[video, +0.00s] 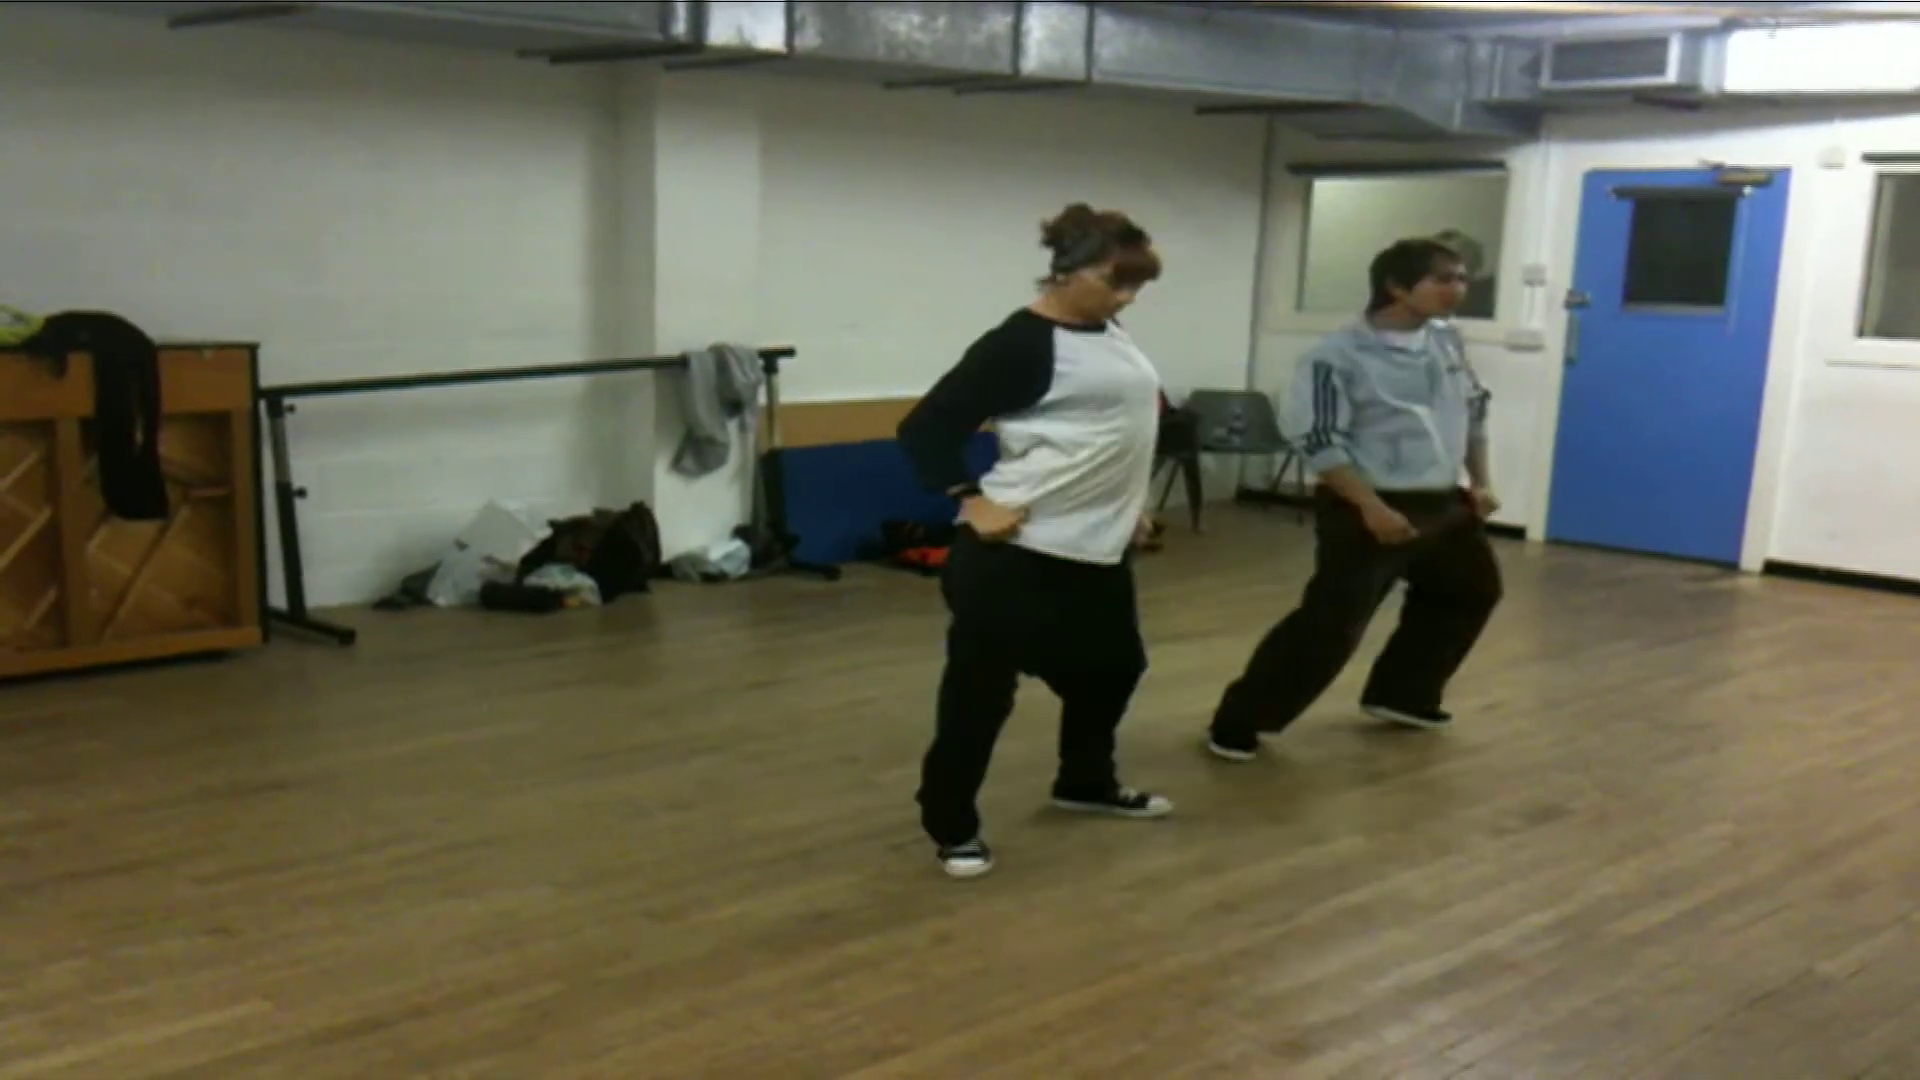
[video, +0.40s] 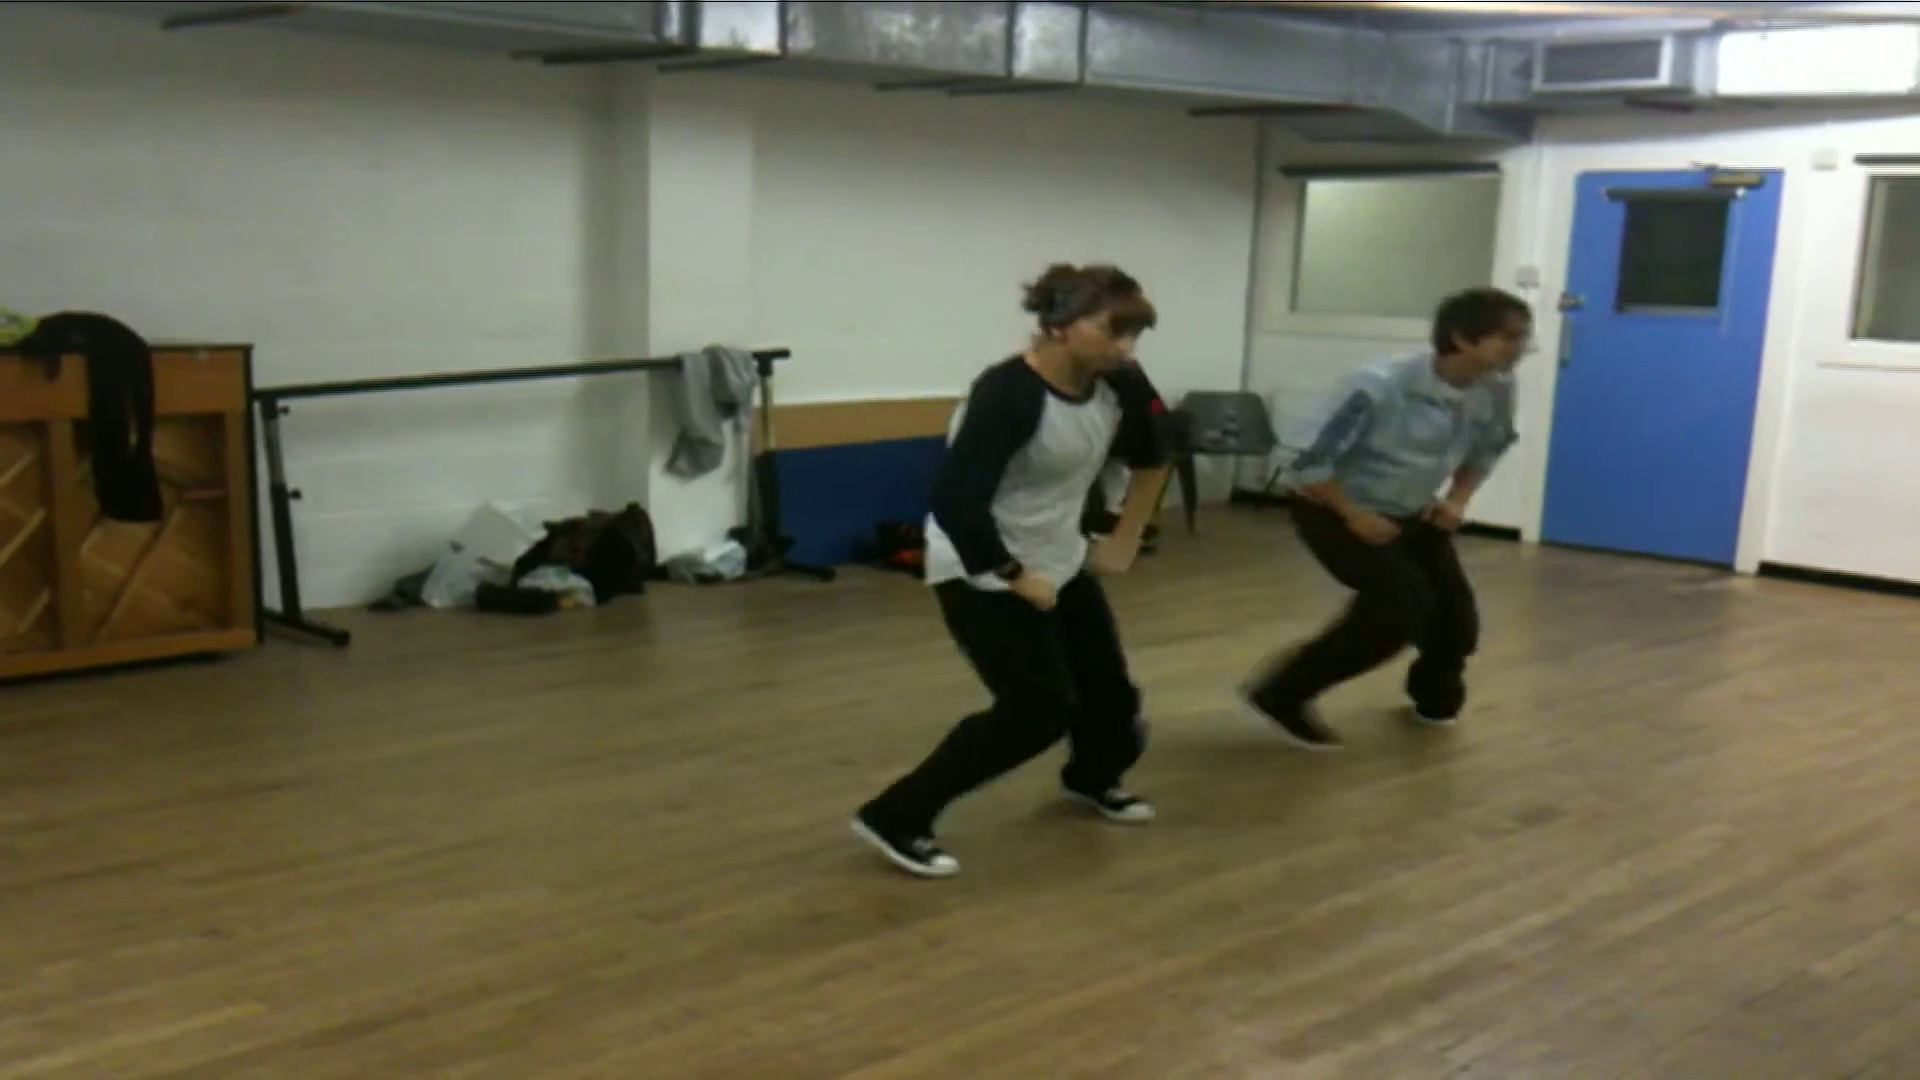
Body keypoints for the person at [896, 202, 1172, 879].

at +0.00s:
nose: (1129, 299)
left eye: (1135, 287)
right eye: (1122, 283)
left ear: (1089, 276)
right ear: (1078, 271)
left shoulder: (1110, 339)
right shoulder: (1020, 343)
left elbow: (1099, 435)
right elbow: (923, 433)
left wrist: (1126, 507)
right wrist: (970, 502)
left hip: (1095, 561)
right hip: (1012, 559)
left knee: (1109, 670)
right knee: (978, 698)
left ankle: (1085, 781)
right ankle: (951, 825)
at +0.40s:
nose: (1127, 349)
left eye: (1131, 334)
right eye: (1114, 332)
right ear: (1065, 327)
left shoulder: (1117, 384)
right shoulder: (1008, 391)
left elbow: (1155, 449)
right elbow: (956, 499)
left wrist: (1125, 538)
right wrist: (1012, 576)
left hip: (1061, 566)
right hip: (980, 575)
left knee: (1110, 699)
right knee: (1040, 709)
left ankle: (1090, 779)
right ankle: (894, 817)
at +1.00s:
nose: (1110, 307)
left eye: (1115, 294)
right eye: (1098, 291)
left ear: (1110, 300)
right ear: (1049, 295)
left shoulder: (1105, 376)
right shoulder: (993, 355)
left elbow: (1119, 452)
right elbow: (926, 459)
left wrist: (1092, 525)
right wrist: (970, 539)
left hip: (1042, 547)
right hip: (950, 545)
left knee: (1076, 674)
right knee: (958, 683)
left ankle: (1036, 791)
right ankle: (929, 818)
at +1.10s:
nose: (1116, 292)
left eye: (1120, 280)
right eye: (1104, 277)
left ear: (1072, 282)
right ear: (1052, 280)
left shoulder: (1109, 363)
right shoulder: (996, 346)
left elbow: (1118, 445)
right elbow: (939, 454)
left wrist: (1101, 523)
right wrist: (980, 538)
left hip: (1057, 557)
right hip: (966, 554)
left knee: (1080, 680)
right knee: (966, 688)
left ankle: (1039, 793)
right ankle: (929, 819)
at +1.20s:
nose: (1141, 292)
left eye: (1138, 279)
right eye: (1130, 280)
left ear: (1094, 287)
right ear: (1087, 287)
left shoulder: (1114, 369)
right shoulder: (1002, 361)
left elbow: (1120, 456)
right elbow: (940, 471)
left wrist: (1113, 534)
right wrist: (1007, 544)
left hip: (1071, 573)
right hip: (983, 573)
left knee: (1105, 683)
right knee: (979, 700)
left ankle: (1042, 792)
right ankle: (931, 824)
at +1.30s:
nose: (1157, 309)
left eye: (1155, 295)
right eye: (1147, 296)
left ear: (1106, 305)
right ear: (1103, 305)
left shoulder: (1127, 383)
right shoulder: (1019, 368)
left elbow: (1110, 475)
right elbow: (960, 472)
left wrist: (1128, 536)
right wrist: (1056, 515)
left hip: (1089, 567)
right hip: (1007, 570)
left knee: (1167, 666)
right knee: (1008, 693)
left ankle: (1077, 776)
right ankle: (932, 825)